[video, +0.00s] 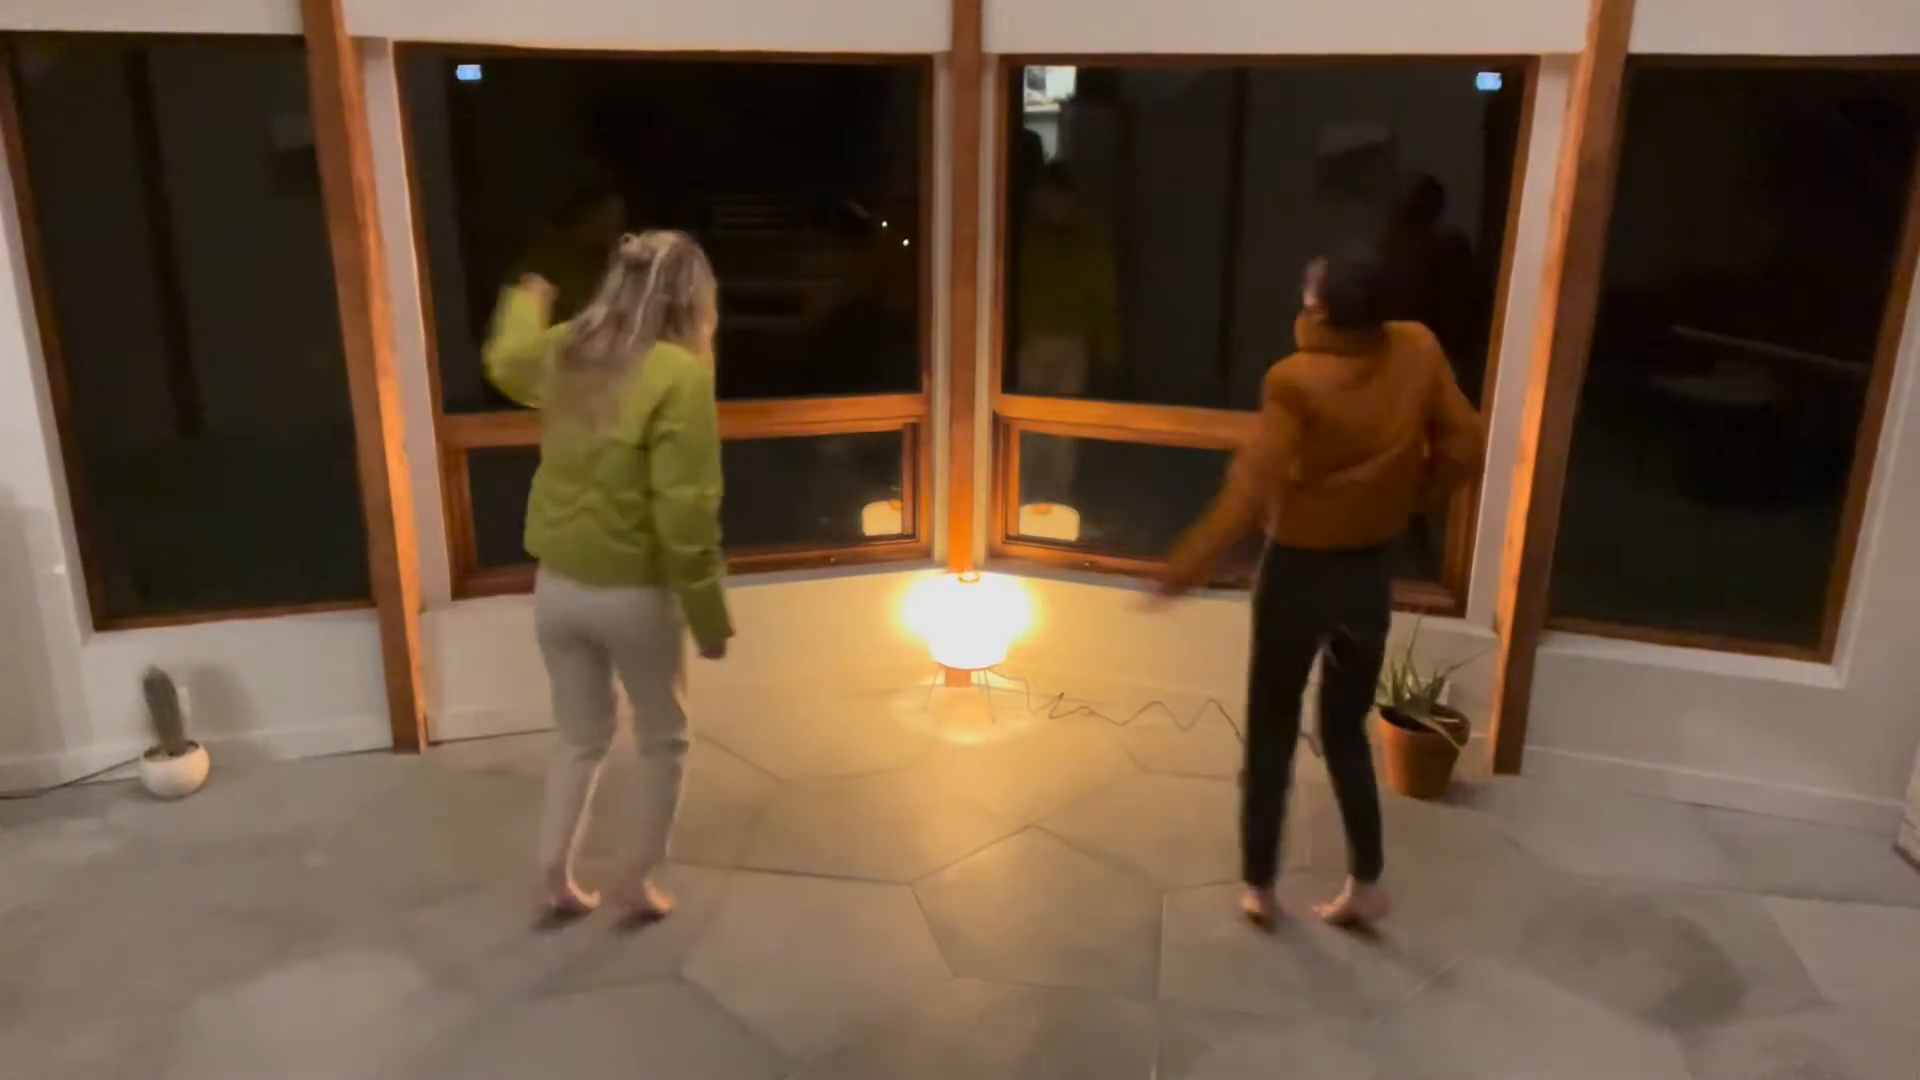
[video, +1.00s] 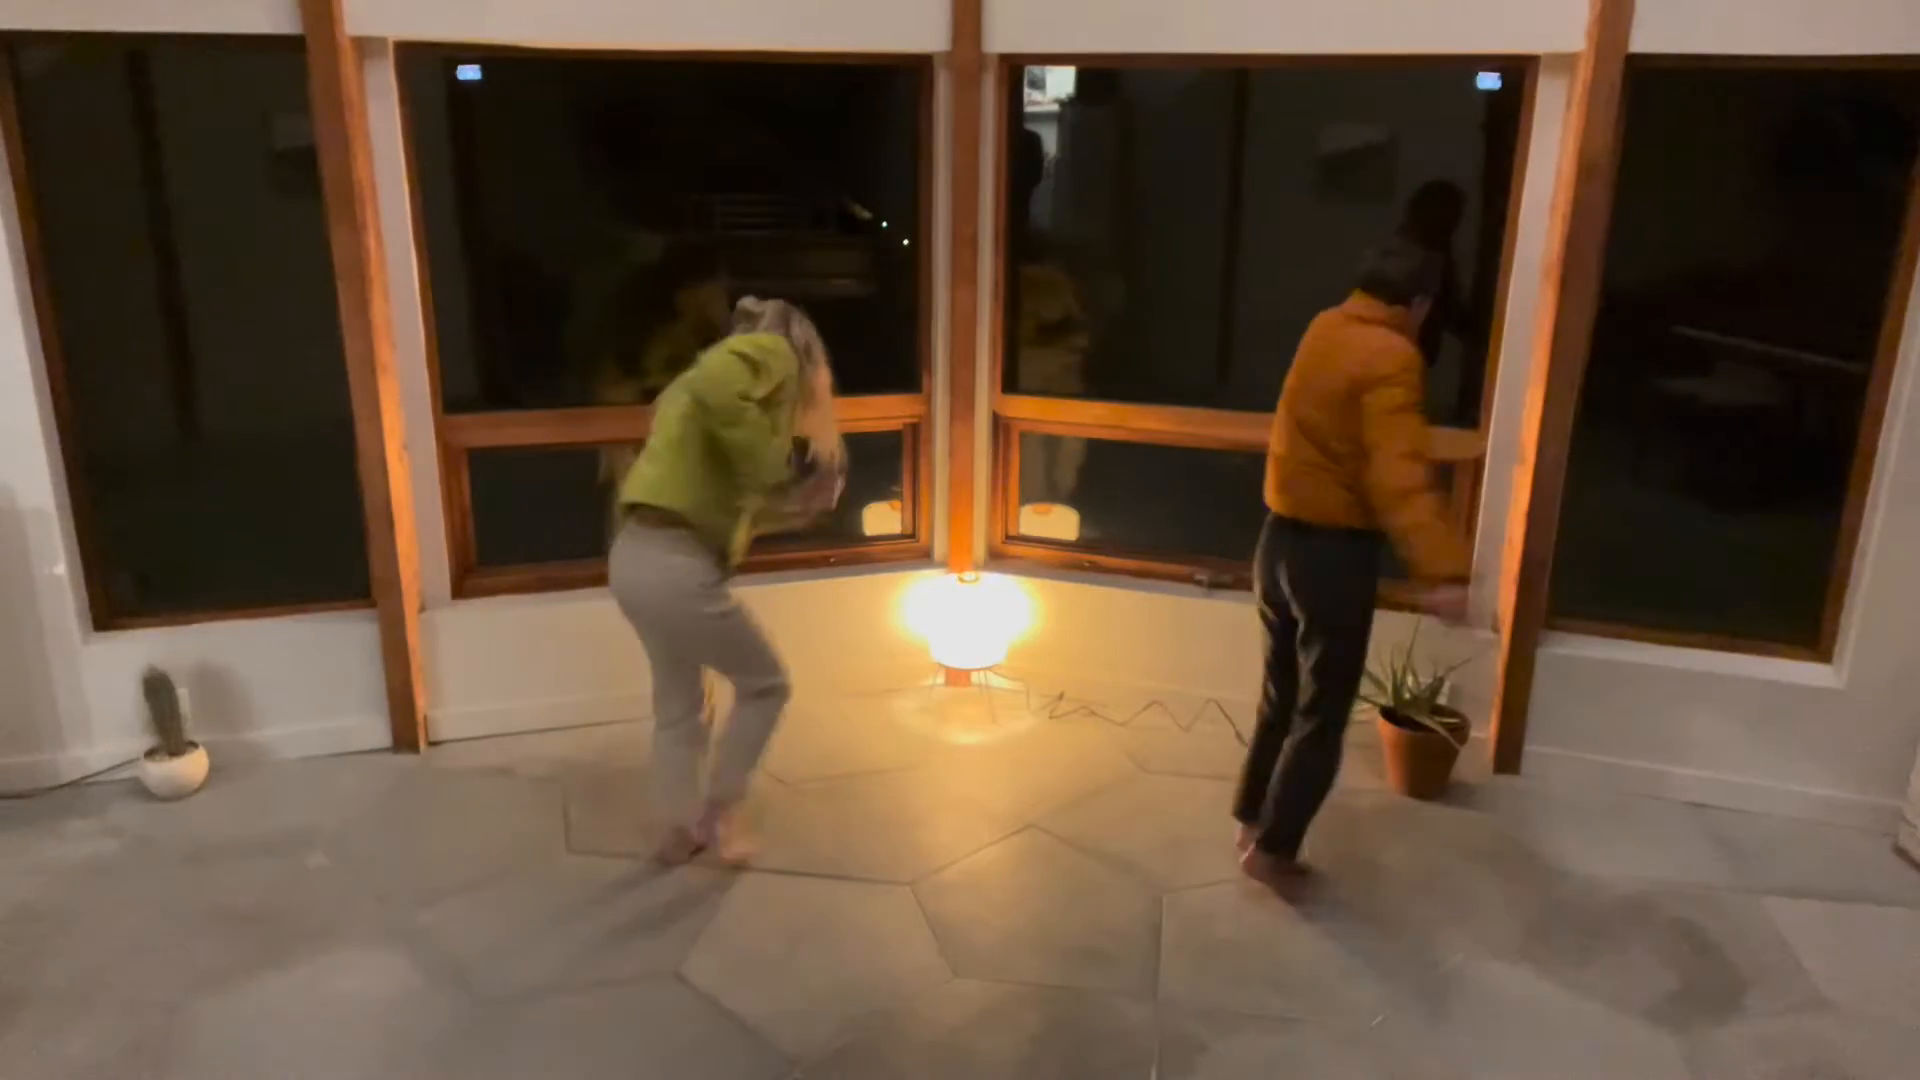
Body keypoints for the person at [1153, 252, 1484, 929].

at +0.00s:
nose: (1301, 308)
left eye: (1308, 299)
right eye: (1307, 296)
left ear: (1326, 310)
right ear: (1367, 306)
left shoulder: (1294, 381)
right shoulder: (1416, 348)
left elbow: (1248, 496)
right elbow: (1467, 443)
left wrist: (1179, 571)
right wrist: (1411, 494)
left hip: (1295, 576)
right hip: (1369, 575)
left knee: (1271, 730)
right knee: (1345, 726)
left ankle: (1258, 887)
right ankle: (1366, 885)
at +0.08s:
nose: (1323, 277)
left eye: (1336, 273)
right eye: (1333, 268)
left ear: (1353, 299)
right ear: (1381, 303)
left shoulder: (1313, 380)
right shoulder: (1414, 356)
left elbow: (1293, 508)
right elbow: (1454, 448)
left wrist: (1256, 583)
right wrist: (1388, 492)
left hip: (1307, 575)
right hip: (1368, 574)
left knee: (1284, 739)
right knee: (1346, 733)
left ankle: (1294, 888)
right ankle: (1366, 886)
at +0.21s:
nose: (1366, 262)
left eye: (1384, 266)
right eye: (1381, 257)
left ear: (1394, 303)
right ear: (1382, 291)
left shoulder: (1361, 372)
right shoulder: (1353, 358)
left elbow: (1390, 487)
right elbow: (1386, 481)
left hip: (1331, 570)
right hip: (1322, 562)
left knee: (1300, 731)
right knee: (1301, 720)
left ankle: (1337, 884)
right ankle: (1353, 851)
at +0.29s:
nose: (1369, 255)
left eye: (1386, 259)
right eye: (1381, 251)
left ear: (1398, 297)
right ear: (1383, 287)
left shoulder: (1388, 364)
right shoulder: (1326, 347)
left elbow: (1446, 465)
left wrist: (1505, 568)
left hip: (1350, 567)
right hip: (1303, 557)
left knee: (1330, 736)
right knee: (1301, 737)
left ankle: (1335, 888)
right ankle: (1336, 867)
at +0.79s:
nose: (1432, 302)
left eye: (1429, 290)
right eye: (1422, 291)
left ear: (1384, 297)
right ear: (1389, 298)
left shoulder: (1380, 356)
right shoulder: (1352, 362)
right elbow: (1300, 455)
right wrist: (1247, 545)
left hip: (1338, 553)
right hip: (1320, 556)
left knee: (1324, 705)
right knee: (1325, 709)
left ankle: (1272, 837)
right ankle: (1273, 846)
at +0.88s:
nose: (1424, 325)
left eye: (1426, 312)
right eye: (1421, 312)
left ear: (1376, 302)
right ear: (1395, 310)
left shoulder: (1342, 345)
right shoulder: (1359, 364)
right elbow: (1320, 465)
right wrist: (1308, 565)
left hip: (1319, 545)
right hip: (1329, 553)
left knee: (1304, 700)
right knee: (1336, 726)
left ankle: (1252, 822)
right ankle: (1268, 848)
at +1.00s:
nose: (1426, 316)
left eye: (1427, 305)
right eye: (1429, 305)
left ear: (1366, 284)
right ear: (1417, 302)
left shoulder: (1324, 330)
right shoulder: (1390, 355)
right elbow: (1396, 475)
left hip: (1281, 537)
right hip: (1333, 550)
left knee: (1281, 695)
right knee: (1323, 708)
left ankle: (1253, 819)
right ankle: (1274, 850)